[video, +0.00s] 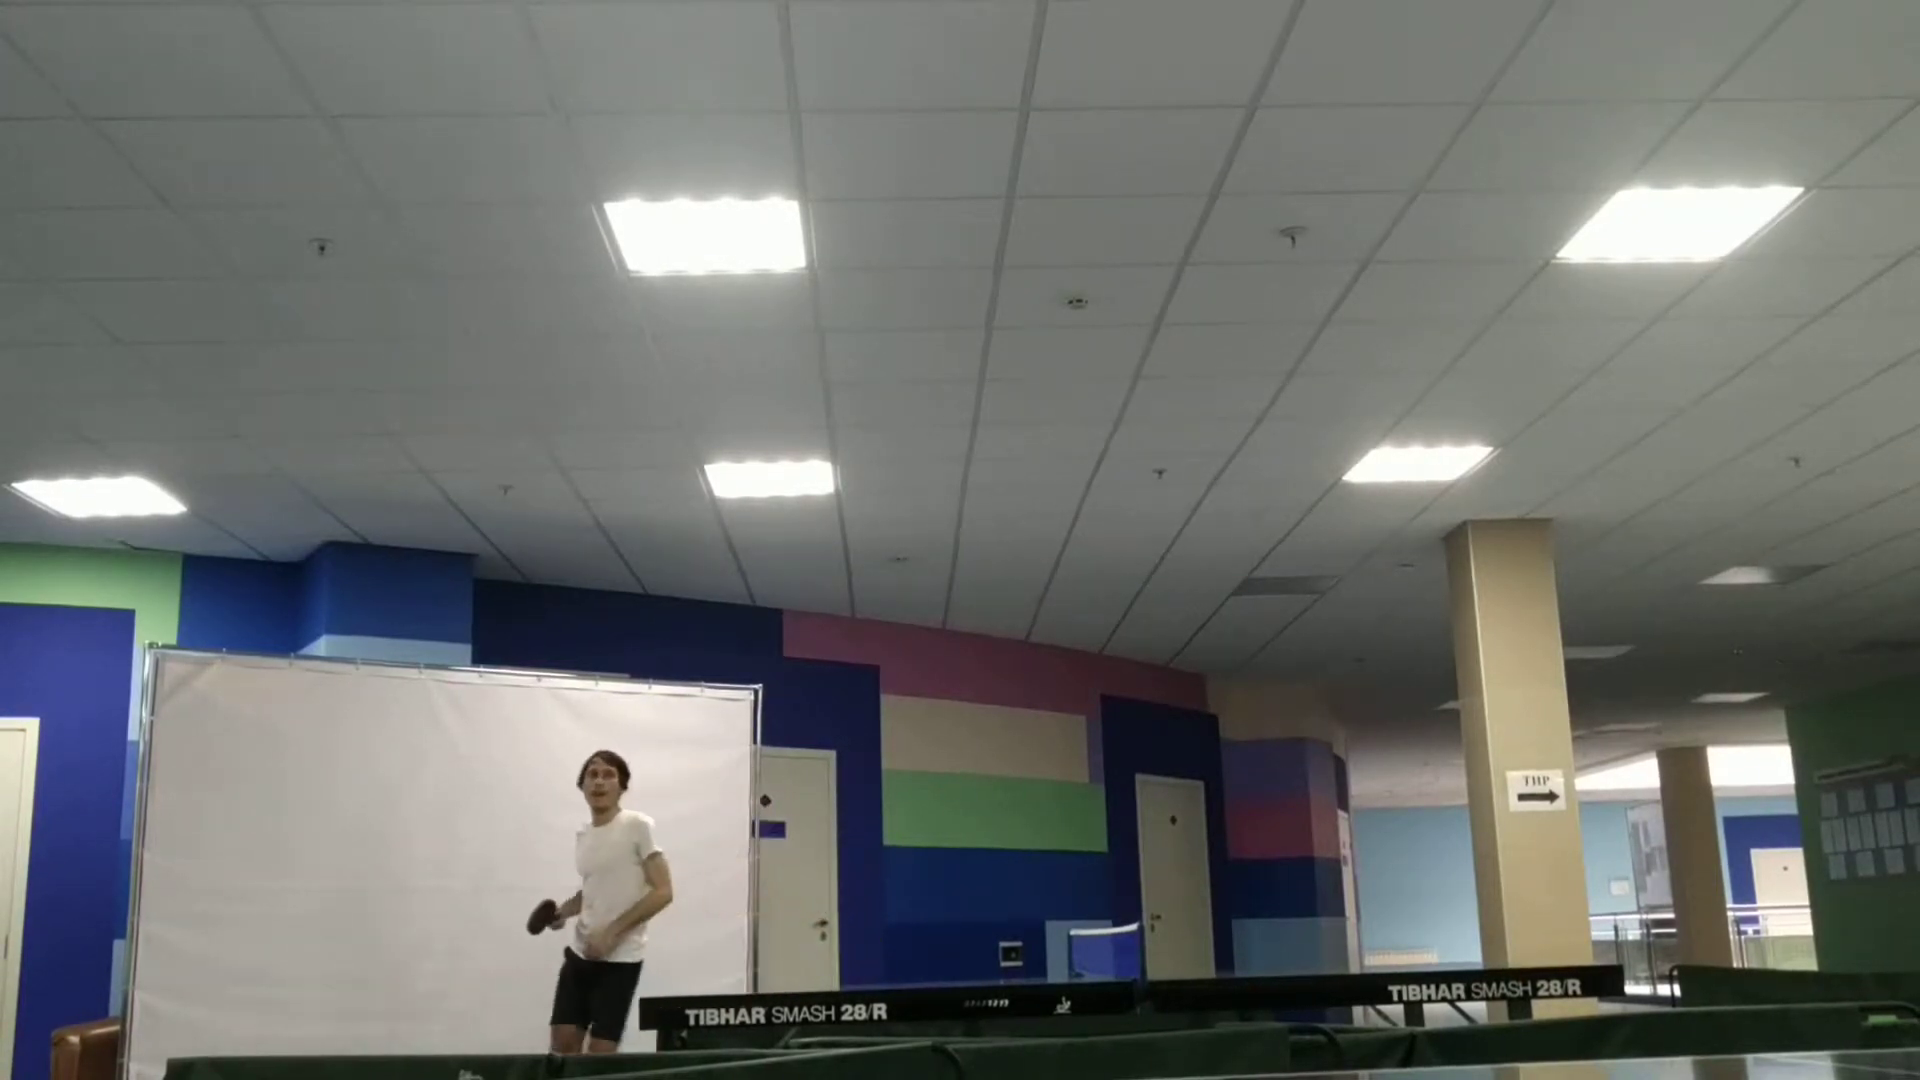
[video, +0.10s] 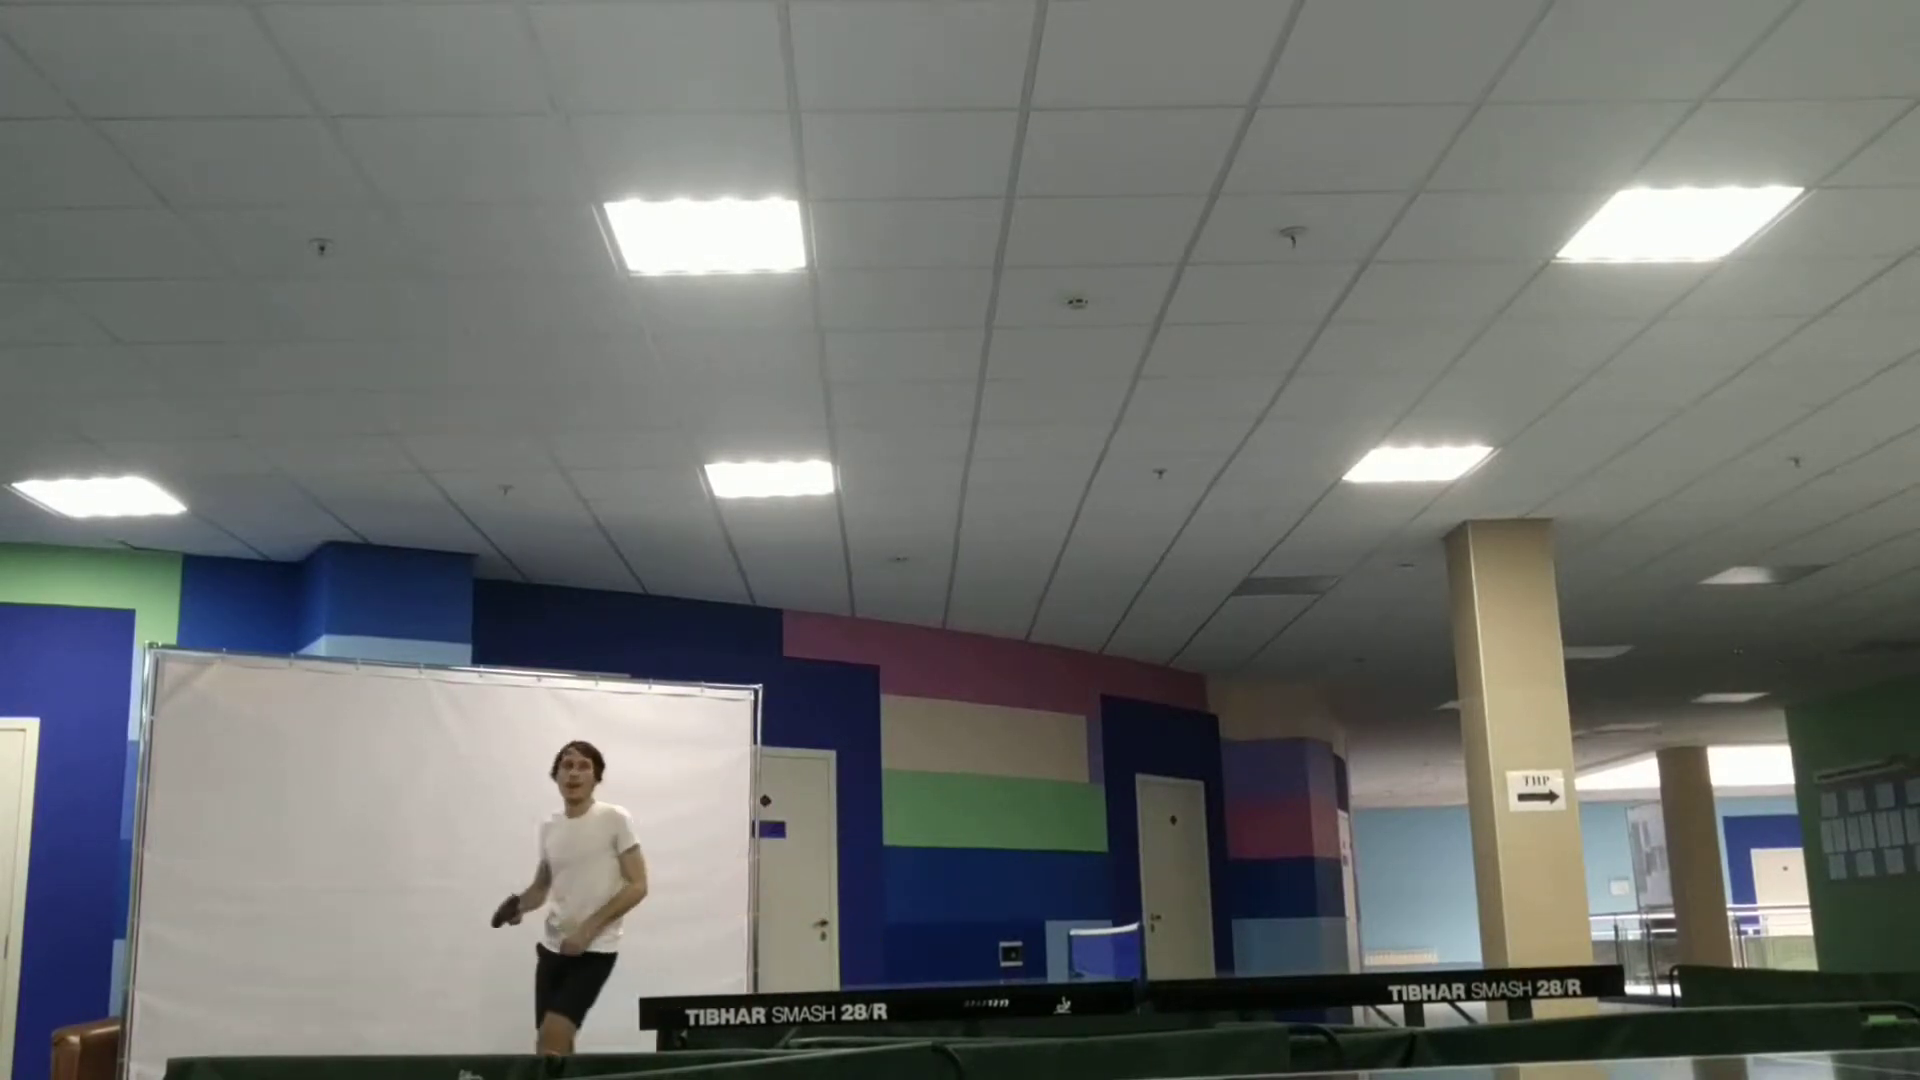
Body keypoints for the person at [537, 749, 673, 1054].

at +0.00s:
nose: (599, 781)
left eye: (609, 775)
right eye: (592, 774)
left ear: (622, 787)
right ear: (582, 785)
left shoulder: (637, 826)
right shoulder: (584, 836)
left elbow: (663, 892)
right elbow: (591, 892)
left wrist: (612, 932)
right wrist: (560, 913)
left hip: (619, 962)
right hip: (579, 957)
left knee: (599, 1057)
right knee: (562, 1050)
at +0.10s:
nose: (574, 773)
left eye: (584, 767)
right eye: (567, 766)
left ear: (596, 777)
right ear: (556, 776)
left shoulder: (614, 820)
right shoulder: (550, 828)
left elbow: (638, 886)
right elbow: (541, 886)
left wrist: (588, 929)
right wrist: (519, 905)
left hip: (594, 951)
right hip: (552, 950)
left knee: (551, 1040)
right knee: (555, 1045)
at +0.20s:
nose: (548, 777)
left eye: (558, 770)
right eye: (541, 769)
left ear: (571, 780)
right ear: (529, 779)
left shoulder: (588, 825)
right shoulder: (518, 829)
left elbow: (612, 891)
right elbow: (493, 885)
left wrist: (563, 933)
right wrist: (477, 902)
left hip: (566, 956)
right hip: (523, 955)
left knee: (521, 1049)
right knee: (548, 1050)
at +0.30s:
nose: (520, 781)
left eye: (530, 775)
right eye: (512, 773)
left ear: (543, 786)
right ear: (500, 783)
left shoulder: (559, 831)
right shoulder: (488, 834)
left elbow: (583, 900)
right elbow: (458, 885)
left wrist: (535, 941)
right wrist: (443, 901)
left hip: (535, 964)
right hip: (492, 962)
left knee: (492, 1054)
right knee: (523, 1055)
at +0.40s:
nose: (489, 776)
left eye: (500, 770)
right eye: (482, 768)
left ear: (516, 782)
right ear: (472, 778)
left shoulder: (531, 831)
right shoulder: (457, 829)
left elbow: (553, 900)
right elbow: (431, 884)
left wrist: (503, 941)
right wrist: (414, 907)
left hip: (502, 961)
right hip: (458, 960)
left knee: (461, 1052)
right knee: (458, 1055)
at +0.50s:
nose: (456, 768)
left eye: (467, 761)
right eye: (450, 760)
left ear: (484, 772)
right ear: (441, 767)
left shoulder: (503, 821)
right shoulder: (427, 819)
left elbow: (523, 894)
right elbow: (409, 880)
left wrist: (471, 933)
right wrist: (390, 915)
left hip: (475, 959)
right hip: (428, 957)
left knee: (444, 1053)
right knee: (409, 1056)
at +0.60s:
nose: (420, 761)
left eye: (431, 752)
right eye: (414, 753)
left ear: (452, 762)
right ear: (407, 761)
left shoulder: (475, 813)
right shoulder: (400, 812)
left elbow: (494, 887)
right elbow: (392, 880)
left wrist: (441, 923)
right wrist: (370, 921)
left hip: (447, 962)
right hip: (395, 958)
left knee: (435, 1064)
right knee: (361, 1056)